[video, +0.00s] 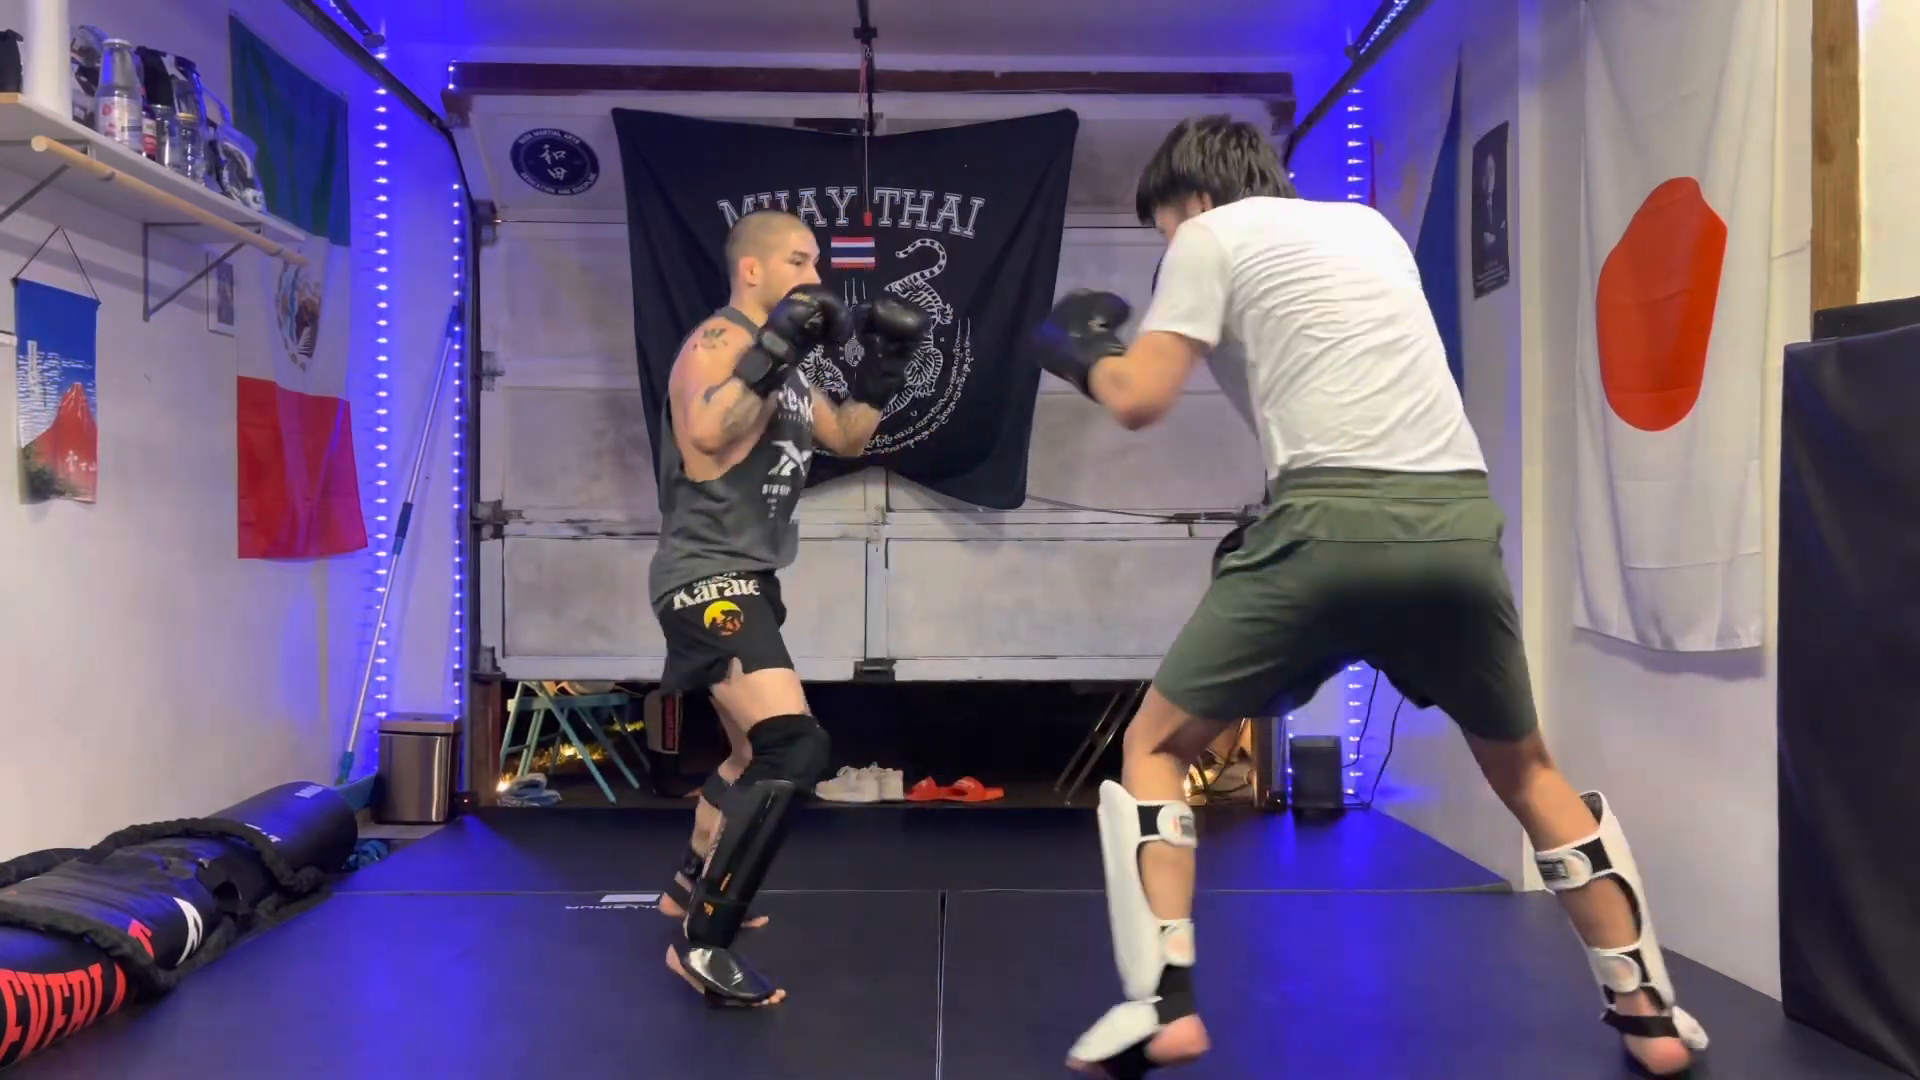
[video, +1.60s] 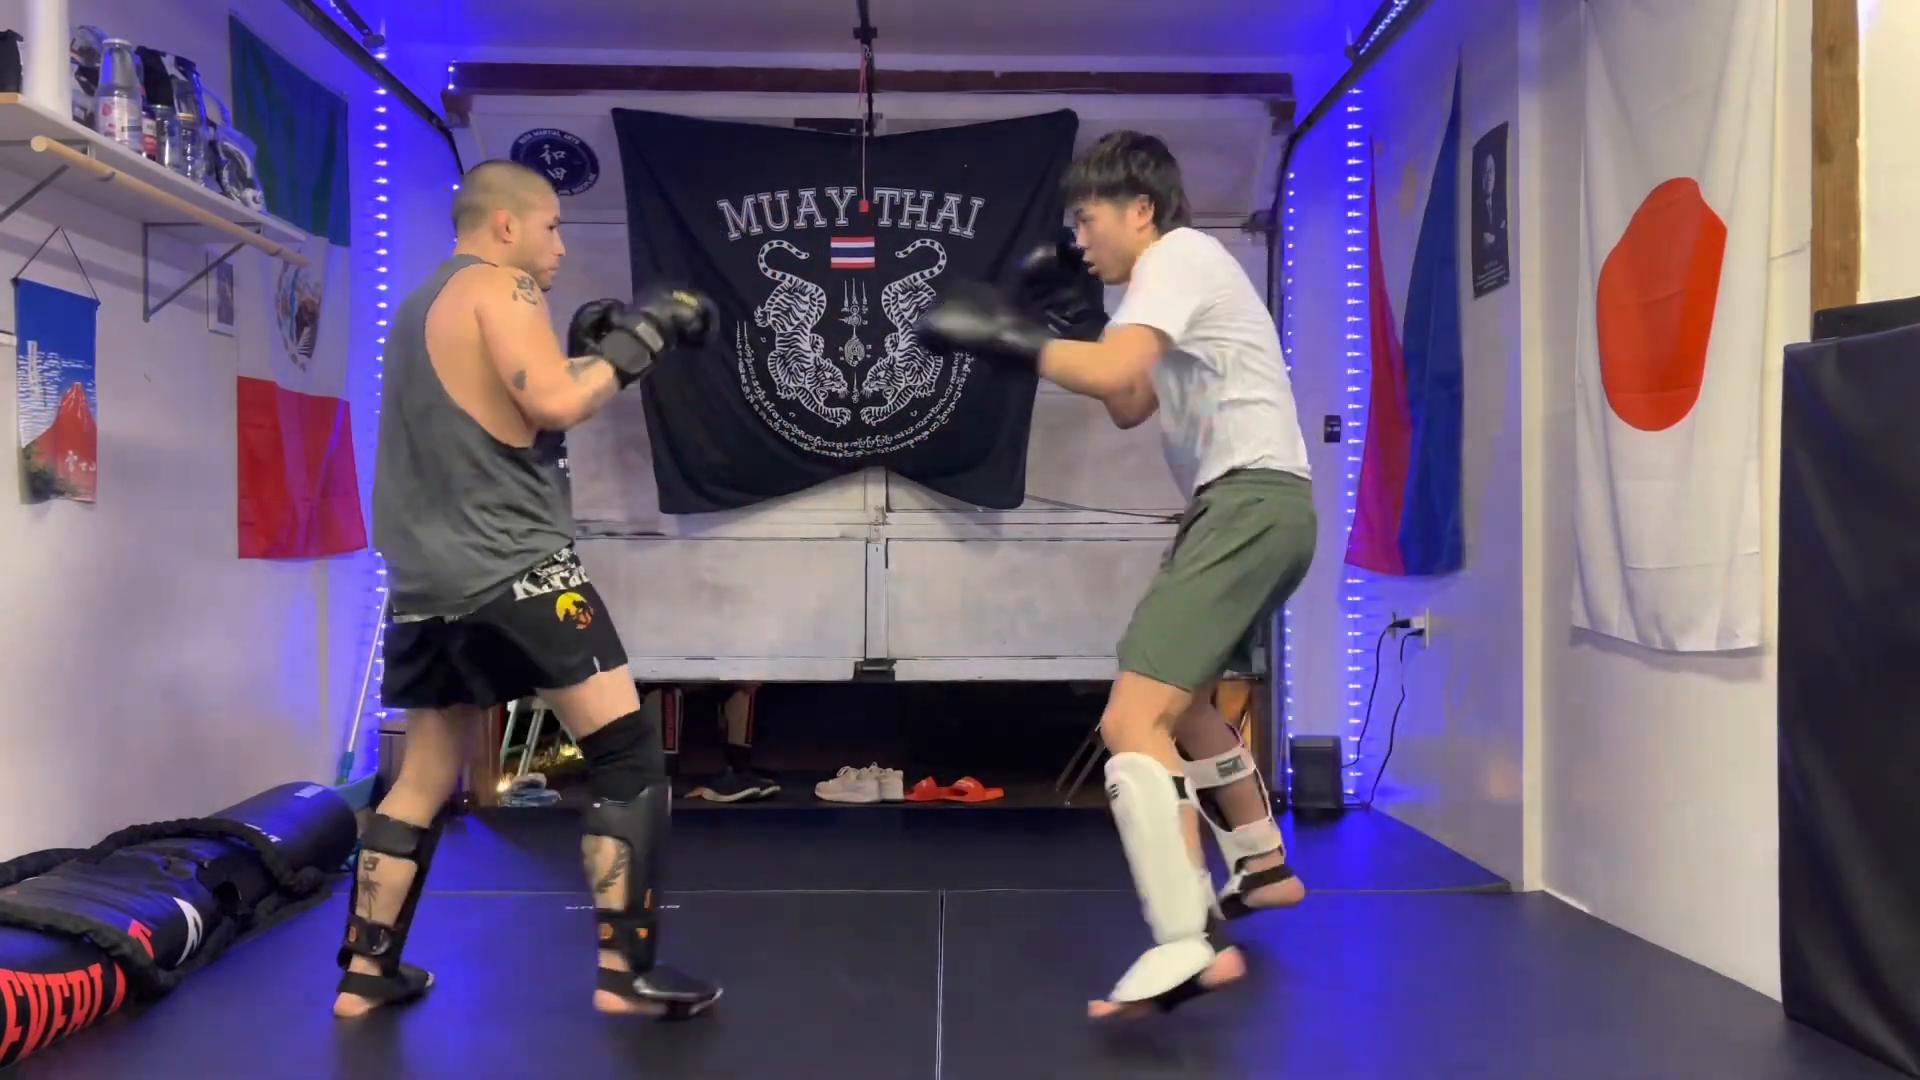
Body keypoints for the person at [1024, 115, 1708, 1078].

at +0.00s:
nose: (1171, 244)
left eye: (1169, 227)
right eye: (1163, 234)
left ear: (1200, 202)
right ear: (1264, 179)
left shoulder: (1212, 234)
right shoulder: (1373, 226)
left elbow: (1136, 398)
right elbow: (1337, 357)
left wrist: (1088, 352)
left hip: (1323, 531)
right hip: (1461, 532)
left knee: (1157, 746)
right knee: (1530, 771)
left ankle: (1164, 998)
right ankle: (1645, 1003)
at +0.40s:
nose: (1154, 220)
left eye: (1155, 194)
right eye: (1148, 198)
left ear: (1207, 171)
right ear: (1248, 165)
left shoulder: (1250, 227)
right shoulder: (1362, 212)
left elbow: (1231, 413)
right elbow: (1302, 368)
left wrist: (1125, 372)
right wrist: (1181, 328)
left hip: (1380, 520)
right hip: (1483, 516)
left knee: (1179, 762)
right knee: (1530, 789)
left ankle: (1201, 1042)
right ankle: (1714, 994)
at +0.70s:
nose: (1133, 182)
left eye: (1140, 156)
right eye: (1130, 158)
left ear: (1198, 142)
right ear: (1210, 142)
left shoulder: (1287, 203)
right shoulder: (1289, 203)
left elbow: (1270, 385)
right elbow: (1252, 353)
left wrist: (1137, 339)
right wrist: (1136, 315)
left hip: (1422, 485)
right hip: (1454, 483)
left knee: (1307, 770)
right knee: (1438, 755)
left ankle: (1332, 1058)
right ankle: (1599, 962)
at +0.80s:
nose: (1143, 184)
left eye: (1150, 158)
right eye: (1141, 162)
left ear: (1208, 144)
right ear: (1216, 147)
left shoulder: (1267, 198)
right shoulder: (1299, 203)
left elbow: (1157, 359)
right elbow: (1276, 387)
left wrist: (1052, 324)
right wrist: (1175, 305)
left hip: (1422, 485)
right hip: (1452, 480)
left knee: (1344, 792)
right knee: (1413, 766)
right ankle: (1482, 986)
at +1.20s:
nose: (1144, 161)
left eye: (1155, 138)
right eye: (1142, 143)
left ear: (1212, 133)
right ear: (1210, 142)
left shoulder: (1254, 187)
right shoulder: (1232, 219)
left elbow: (1305, 318)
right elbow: (1220, 364)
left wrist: (1176, 347)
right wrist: (1159, 269)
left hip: (1326, 462)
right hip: (1305, 467)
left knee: (1275, 727)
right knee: (1272, 724)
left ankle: (1428, 944)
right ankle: (1361, 902)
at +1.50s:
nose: (1106, 229)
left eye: (1116, 209)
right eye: (1104, 213)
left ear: (1169, 201)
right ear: (1163, 207)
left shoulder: (1216, 255)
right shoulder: (1197, 281)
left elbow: (1239, 388)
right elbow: (1159, 404)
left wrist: (1128, 371)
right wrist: (1099, 314)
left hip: (1255, 517)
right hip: (1248, 519)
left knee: (1143, 733)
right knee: (1214, 723)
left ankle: (1295, 899)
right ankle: (1298, 890)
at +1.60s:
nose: (1076, 238)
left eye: (1085, 218)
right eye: (1073, 222)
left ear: (1139, 210)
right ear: (1143, 219)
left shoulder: (1174, 257)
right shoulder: (1174, 275)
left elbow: (1119, 369)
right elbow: (1133, 401)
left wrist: (1011, 335)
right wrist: (1040, 333)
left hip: (1250, 503)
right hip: (1263, 505)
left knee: (1133, 720)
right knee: (1186, 707)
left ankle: (1186, 940)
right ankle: (1263, 867)